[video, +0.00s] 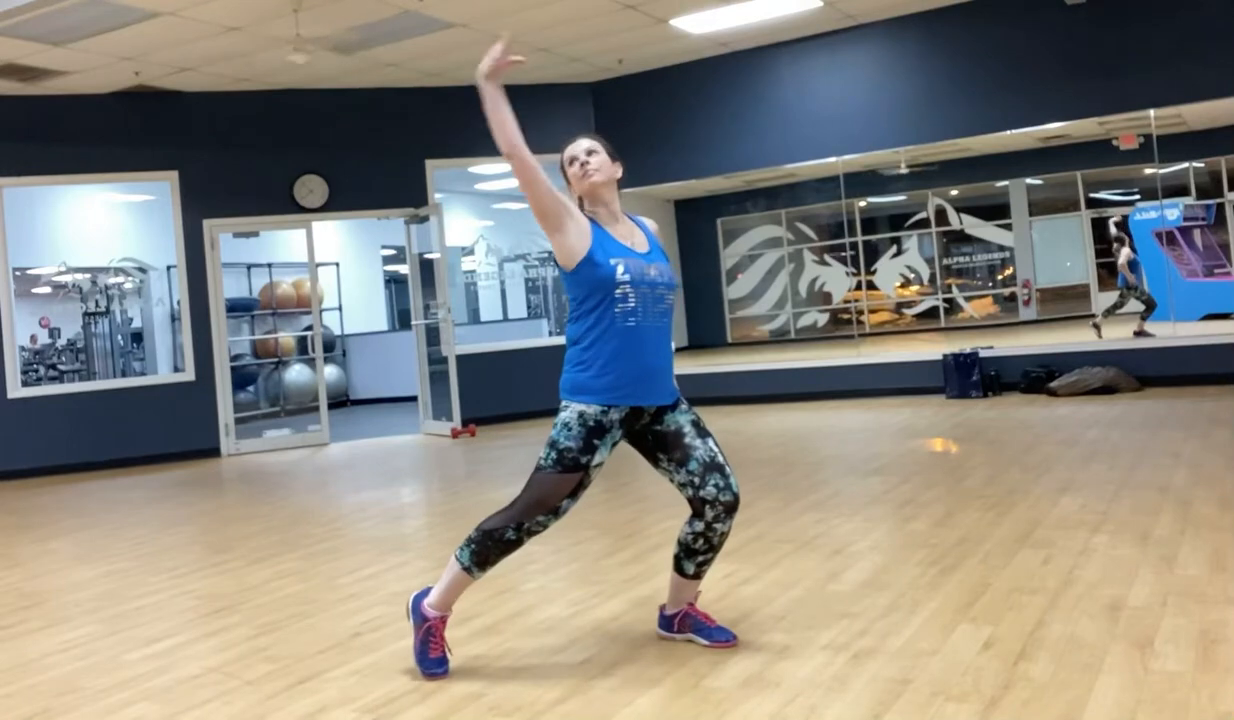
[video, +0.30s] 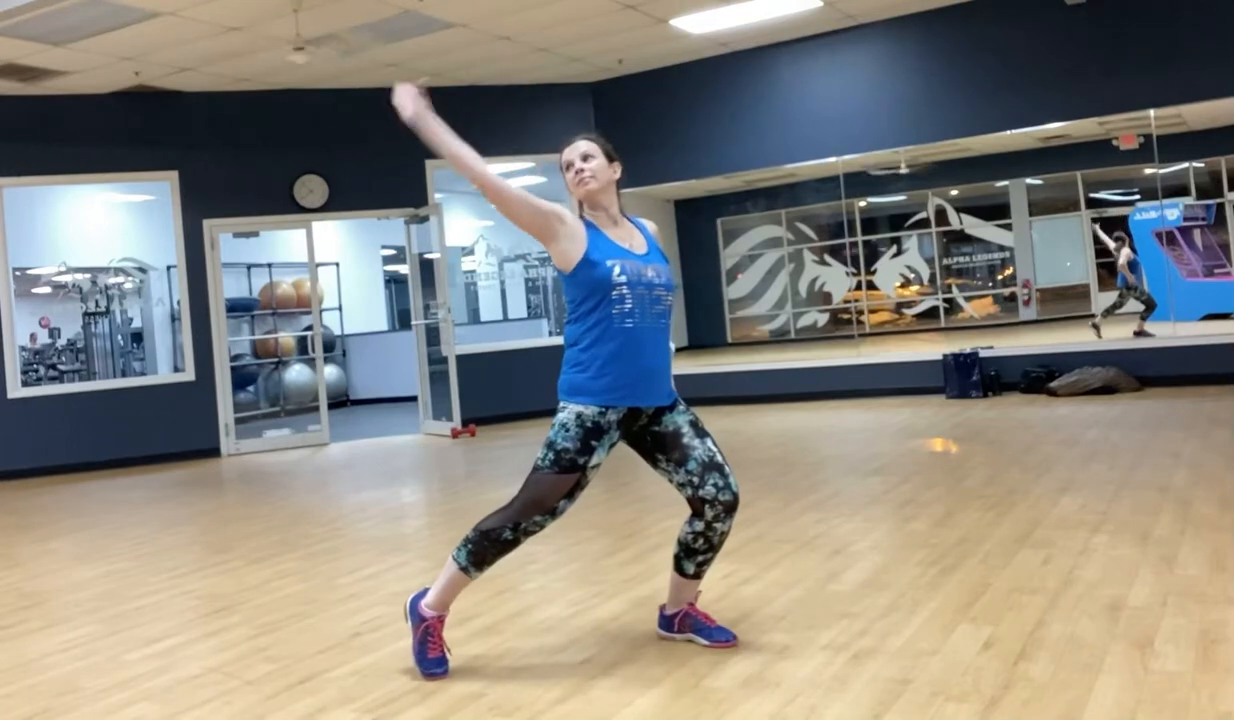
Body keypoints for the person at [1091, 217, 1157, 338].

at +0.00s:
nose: (1127, 238)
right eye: (1126, 237)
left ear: (1118, 241)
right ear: (1126, 240)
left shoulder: (1120, 248)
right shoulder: (1126, 250)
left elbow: (1115, 234)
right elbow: (1121, 264)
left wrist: (1111, 221)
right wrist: (1130, 276)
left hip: (1125, 285)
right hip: (1132, 285)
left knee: (1118, 305)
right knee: (1152, 305)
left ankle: (1098, 321)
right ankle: (1140, 328)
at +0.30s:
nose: (1115, 245)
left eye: (1116, 243)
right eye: (1115, 242)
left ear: (1119, 243)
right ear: (1124, 242)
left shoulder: (1116, 249)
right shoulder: (1126, 251)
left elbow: (1106, 240)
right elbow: (1121, 265)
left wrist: (1097, 230)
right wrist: (1130, 277)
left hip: (1124, 286)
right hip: (1132, 286)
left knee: (1117, 304)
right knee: (1151, 305)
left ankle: (1097, 322)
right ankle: (1140, 329)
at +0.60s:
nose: (1123, 242)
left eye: (1117, 241)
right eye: (1123, 240)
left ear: (1114, 242)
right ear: (1124, 241)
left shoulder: (1114, 251)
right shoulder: (1125, 250)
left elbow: (1102, 248)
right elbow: (1123, 263)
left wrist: (1094, 242)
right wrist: (1131, 277)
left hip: (1122, 285)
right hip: (1130, 285)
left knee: (1115, 305)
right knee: (1151, 304)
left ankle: (1096, 323)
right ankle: (1139, 329)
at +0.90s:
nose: (1125, 241)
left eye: (1122, 239)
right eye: (1125, 239)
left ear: (1115, 240)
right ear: (1125, 239)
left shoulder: (1113, 250)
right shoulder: (1130, 249)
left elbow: (1096, 246)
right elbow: (1139, 258)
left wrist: (1080, 238)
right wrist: (1143, 278)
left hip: (1118, 284)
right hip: (1132, 284)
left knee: (1111, 306)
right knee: (1149, 304)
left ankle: (1096, 328)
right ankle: (1139, 329)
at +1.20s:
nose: (1123, 237)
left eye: (1121, 236)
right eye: (1122, 235)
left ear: (1110, 236)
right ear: (1122, 235)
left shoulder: (1106, 245)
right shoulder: (1127, 242)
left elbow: (1085, 244)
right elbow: (1141, 242)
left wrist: (1071, 251)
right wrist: (1155, 237)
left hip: (1111, 279)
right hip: (1128, 277)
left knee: (1109, 303)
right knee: (1144, 296)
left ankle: (1110, 329)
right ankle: (1144, 323)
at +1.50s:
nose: (1120, 241)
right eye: (1120, 239)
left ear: (1108, 240)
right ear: (1118, 239)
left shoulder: (1104, 250)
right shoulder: (1124, 249)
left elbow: (1102, 263)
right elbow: (1141, 252)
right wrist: (1159, 253)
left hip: (1112, 281)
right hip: (1126, 280)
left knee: (1107, 305)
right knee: (1139, 302)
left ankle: (1110, 330)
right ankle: (1151, 323)